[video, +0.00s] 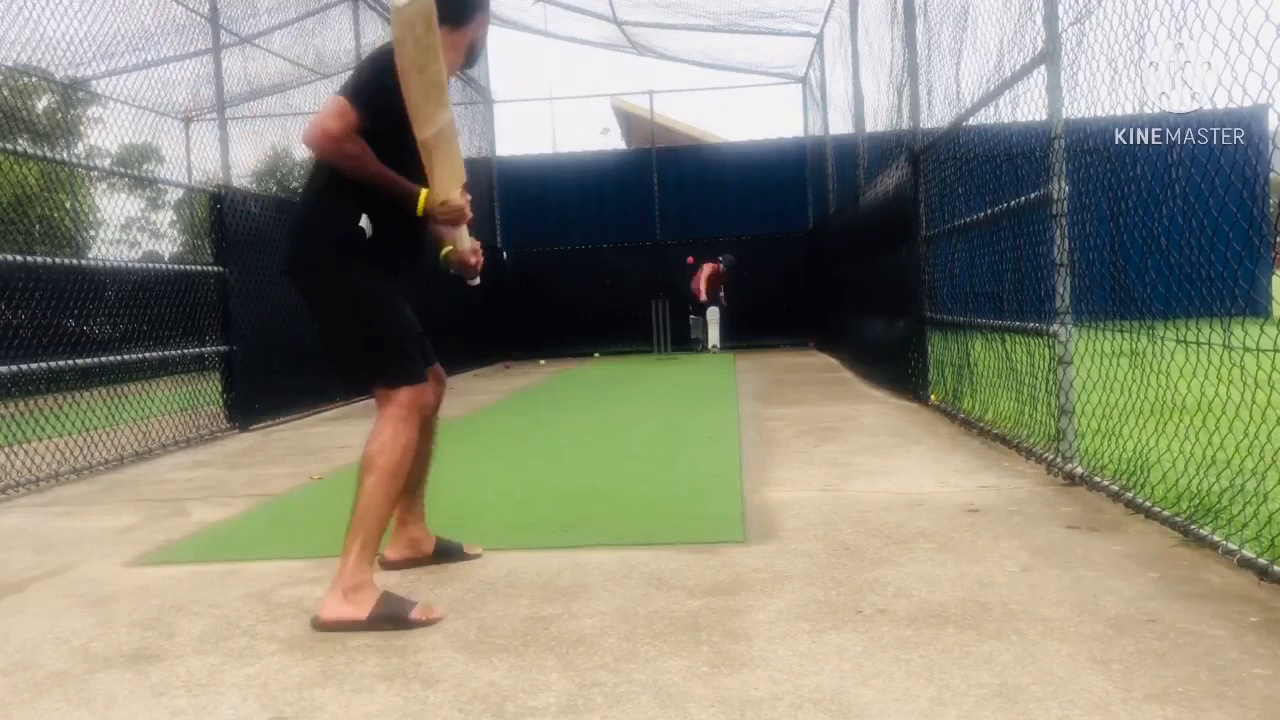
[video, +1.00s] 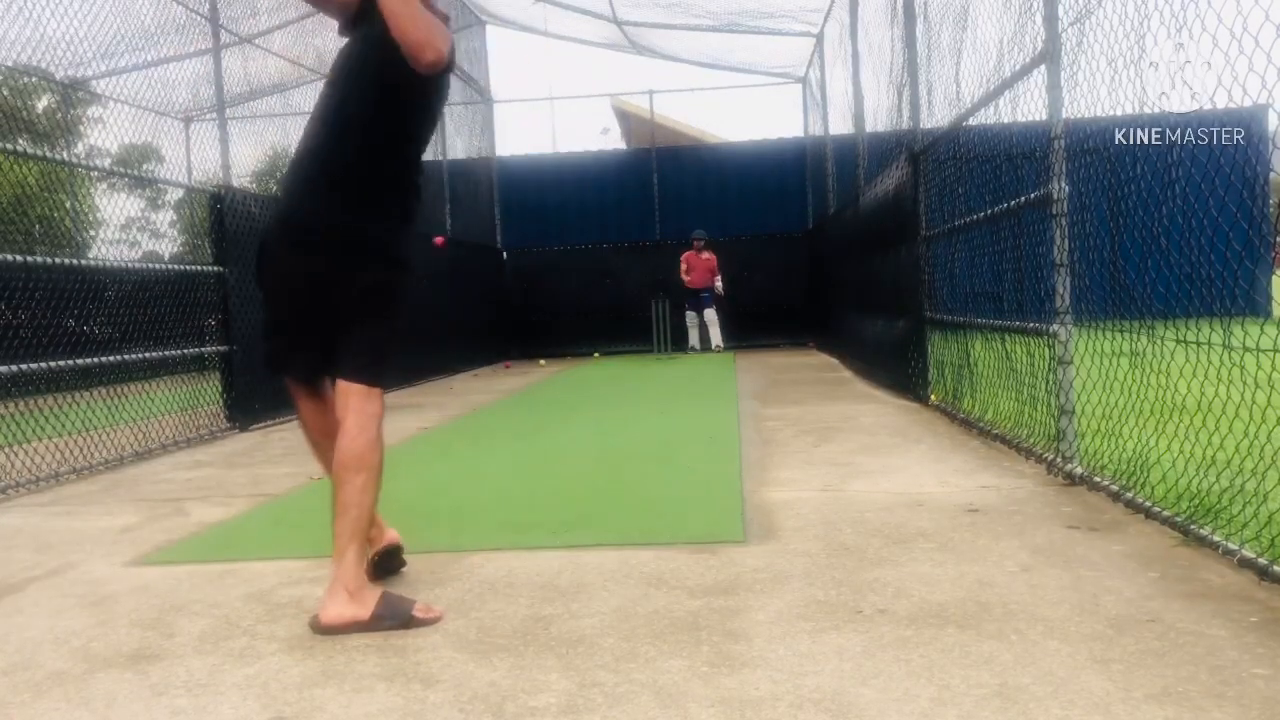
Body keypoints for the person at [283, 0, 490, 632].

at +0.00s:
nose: (474, 52)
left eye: (478, 39)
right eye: (476, 37)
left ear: (438, 25)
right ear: (461, 26)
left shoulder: (424, 83)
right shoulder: (396, 62)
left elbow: (421, 184)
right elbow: (326, 134)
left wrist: (454, 239)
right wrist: (419, 197)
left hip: (370, 255)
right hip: (334, 254)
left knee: (428, 383)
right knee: (406, 394)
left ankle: (409, 534)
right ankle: (350, 590)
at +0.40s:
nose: (491, 52)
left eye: (492, 40)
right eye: (489, 38)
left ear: (437, 27)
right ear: (471, 37)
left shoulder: (432, 100)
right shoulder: (400, 75)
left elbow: (459, 197)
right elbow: (386, 171)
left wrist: (514, 205)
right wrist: (491, 143)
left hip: (355, 264)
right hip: (329, 264)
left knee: (412, 402)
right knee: (426, 409)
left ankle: (411, 549)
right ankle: (349, 591)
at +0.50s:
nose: (476, 35)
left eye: (477, 23)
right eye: (476, 24)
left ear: (414, 14)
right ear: (460, 23)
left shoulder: (364, 48)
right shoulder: (430, 73)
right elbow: (473, 184)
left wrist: (504, 142)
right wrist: (525, 130)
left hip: (304, 249)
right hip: (356, 256)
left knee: (393, 408)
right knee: (439, 418)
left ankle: (410, 549)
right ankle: (350, 592)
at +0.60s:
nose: (467, 8)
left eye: (465, 5)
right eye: (466, 6)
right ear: (453, 3)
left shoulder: (339, 17)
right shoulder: (457, 48)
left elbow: (265, 13)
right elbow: (448, 128)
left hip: (327, 228)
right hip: (399, 235)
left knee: (387, 389)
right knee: (407, 403)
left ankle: (412, 539)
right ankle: (350, 588)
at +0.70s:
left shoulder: (373, 8)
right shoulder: (474, 28)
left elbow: (249, 17)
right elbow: (374, 76)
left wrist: (260, 44)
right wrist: (270, 61)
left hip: (331, 203)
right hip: (410, 217)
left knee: (383, 378)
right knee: (381, 391)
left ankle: (405, 528)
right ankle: (348, 589)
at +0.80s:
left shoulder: (404, 11)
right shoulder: (450, 20)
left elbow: (322, 24)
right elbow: (326, 27)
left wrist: (264, 1)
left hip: (323, 231)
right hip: (401, 235)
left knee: (340, 383)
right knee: (380, 400)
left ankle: (381, 535)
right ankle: (348, 591)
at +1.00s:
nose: (319, 6)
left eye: (327, 1)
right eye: (323, 4)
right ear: (358, 0)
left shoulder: (420, 30)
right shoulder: (368, 36)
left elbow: (432, 50)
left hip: (364, 241)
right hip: (312, 240)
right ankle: (348, 588)